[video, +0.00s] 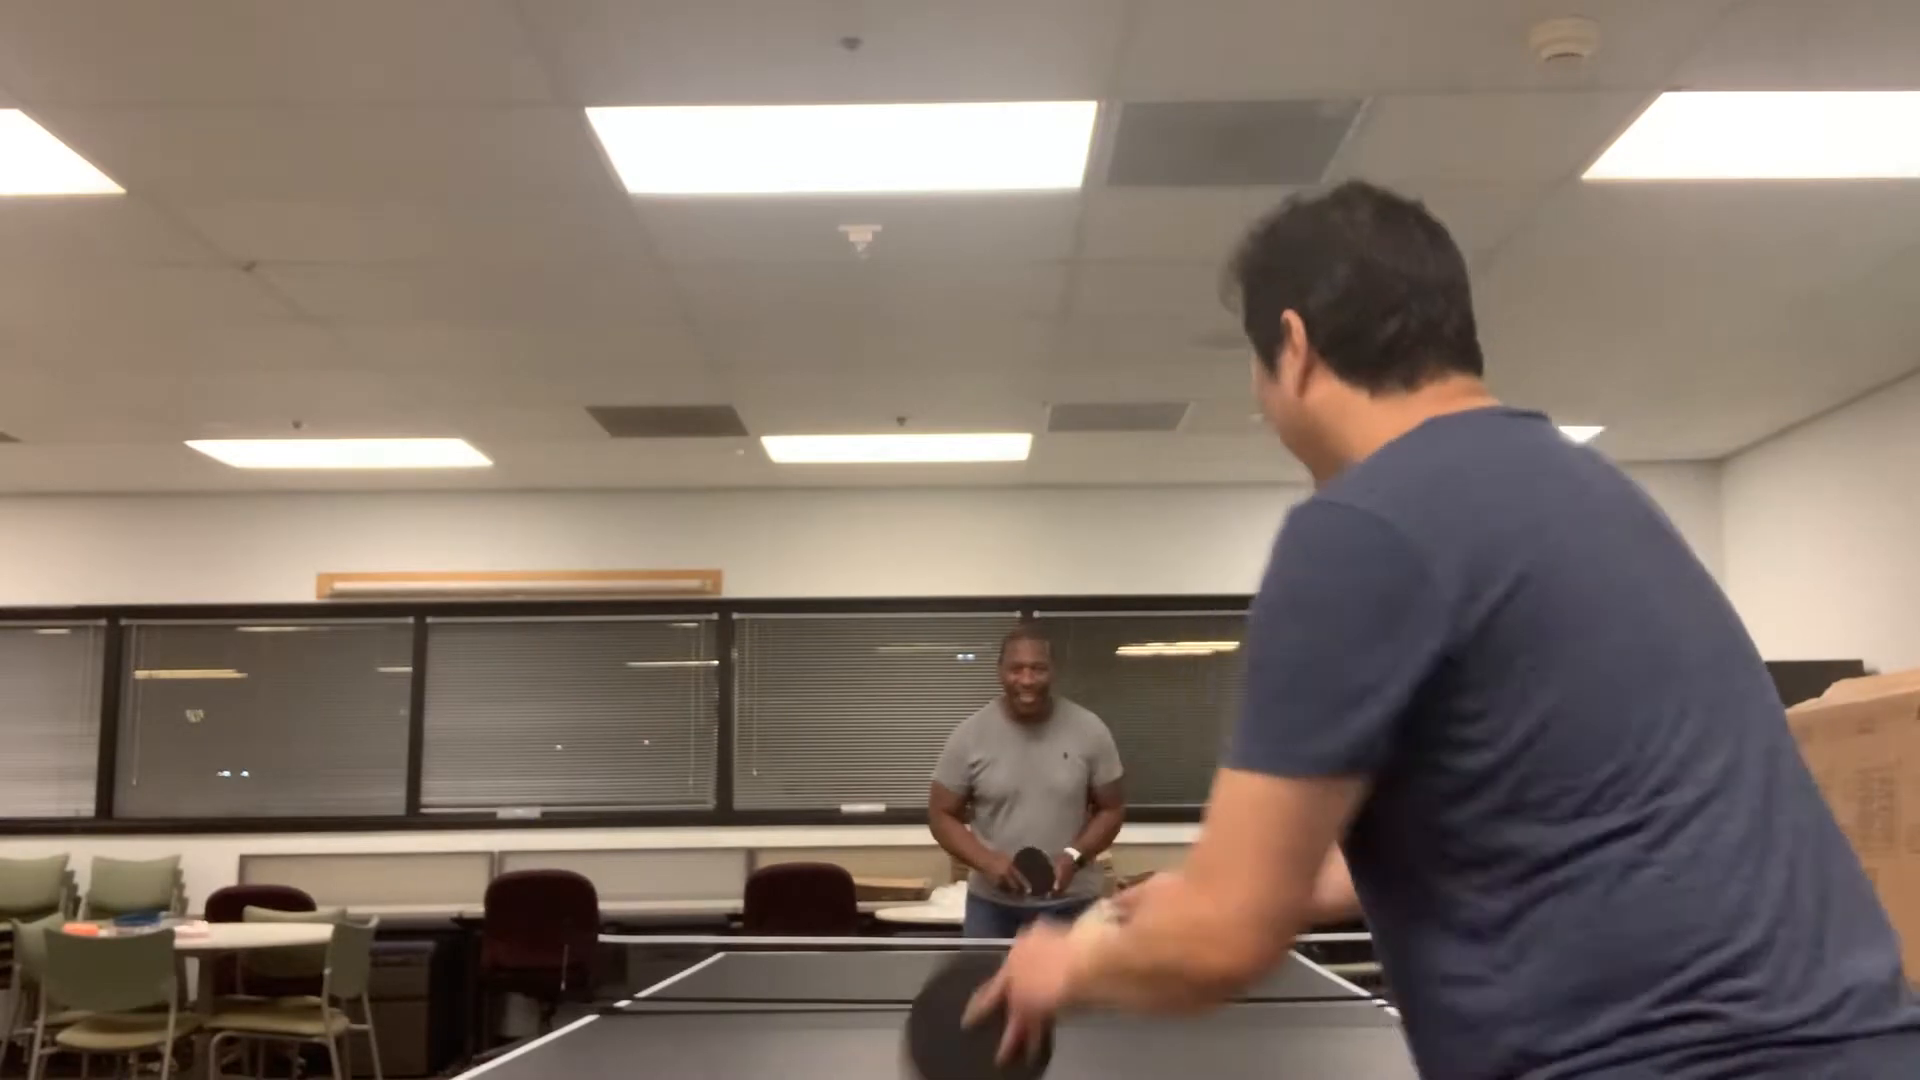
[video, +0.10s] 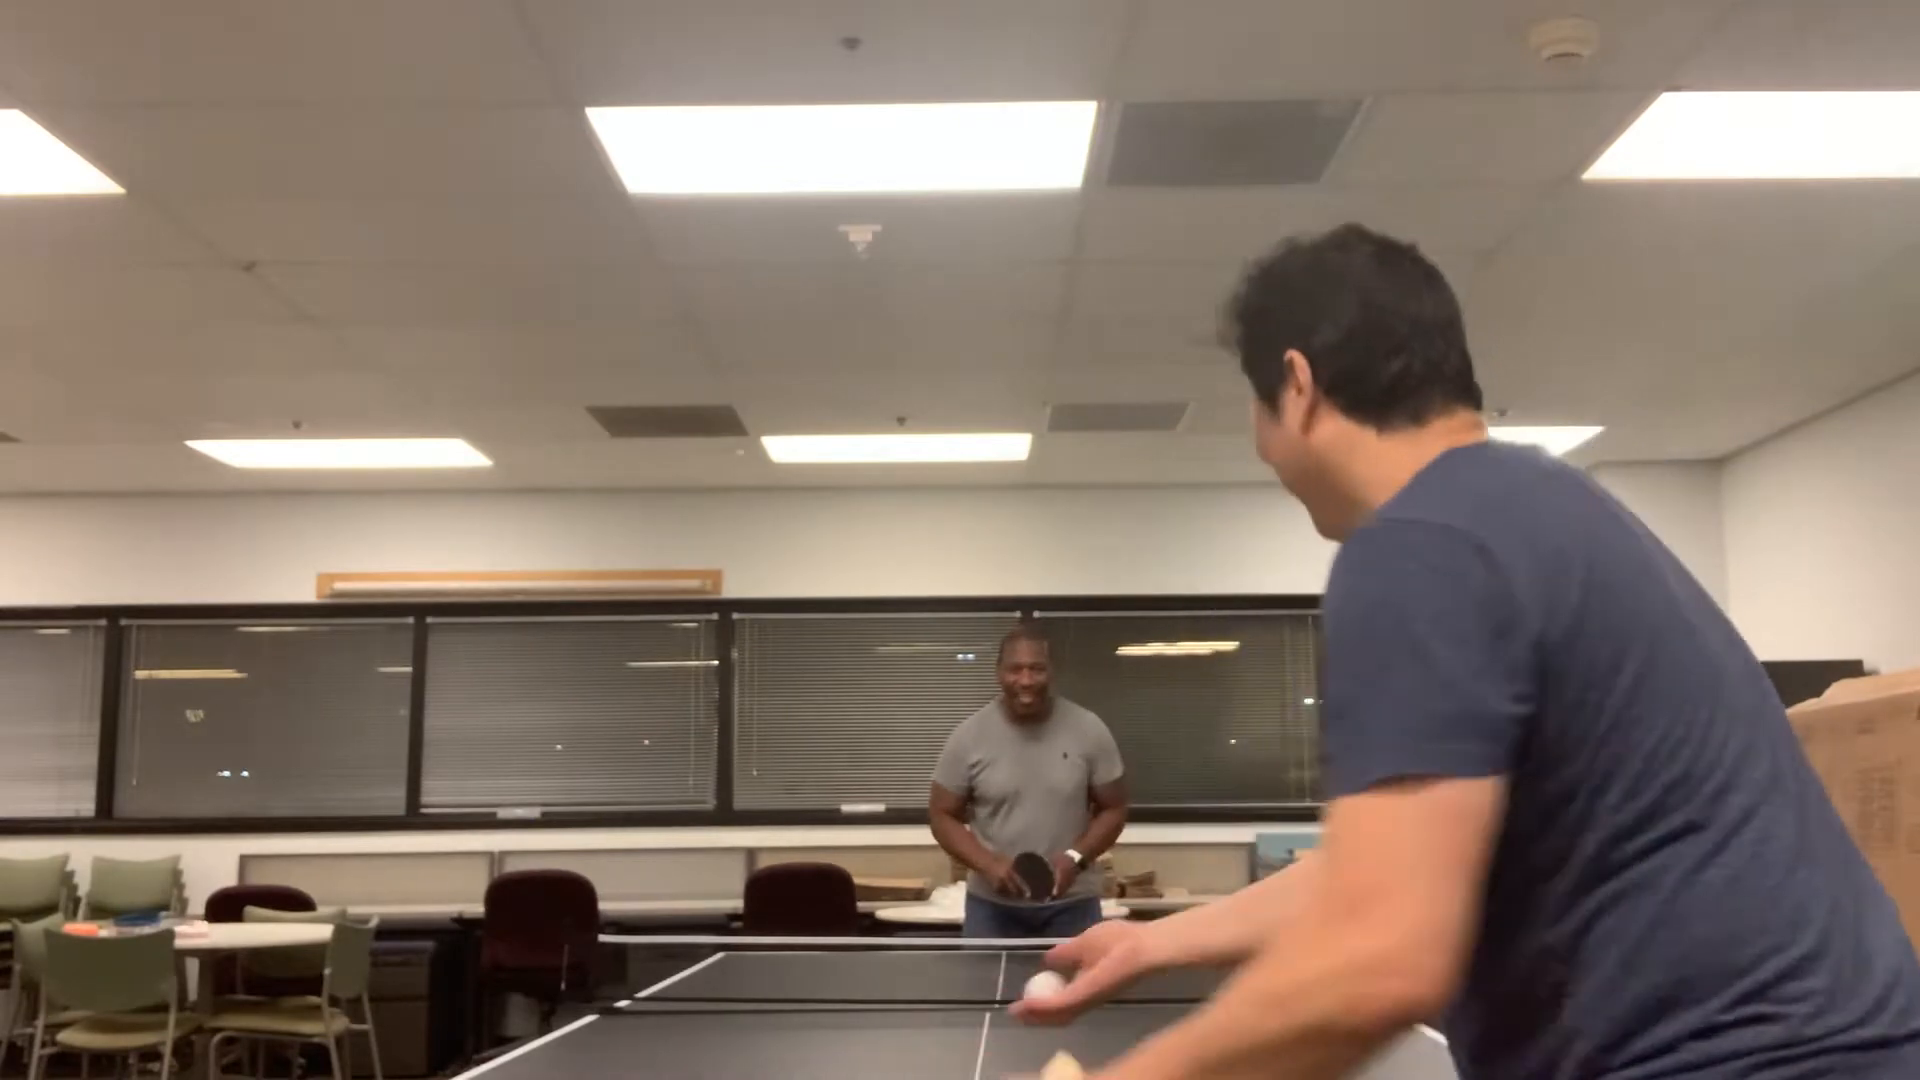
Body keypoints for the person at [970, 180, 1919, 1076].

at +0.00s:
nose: (1262, 400)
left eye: (1257, 358)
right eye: (1256, 364)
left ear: (1297, 346)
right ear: (1447, 327)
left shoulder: (1370, 526)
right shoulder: (1579, 481)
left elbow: (1227, 933)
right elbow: (1487, 843)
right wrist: (1232, 893)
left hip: (1640, 1057)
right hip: (1855, 1030)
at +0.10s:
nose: (1260, 446)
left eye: (1254, 403)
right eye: (1255, 407)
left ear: (1303, 390)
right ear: (1443, 368)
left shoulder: (1424, 544)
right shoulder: (1543, 510)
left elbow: (1386, 960)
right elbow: (1393, 863)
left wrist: (1131, 1074)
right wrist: (1150, 944)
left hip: (1708, 1054)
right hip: (1844, 1031)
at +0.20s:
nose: (1269, 477)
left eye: (1264, 440)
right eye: (1262, 445)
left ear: (1314, 420)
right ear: (1441, 400)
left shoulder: (1463, 554)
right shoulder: (1516, 542)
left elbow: (1565, 929)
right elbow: (1343, 886)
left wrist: (1279, 1063)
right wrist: (1082, 965)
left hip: (1778, 1048)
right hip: (1824, 1030)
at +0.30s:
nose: (1281, 498)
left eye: (1277, 458)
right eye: (1273, 464)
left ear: (1332, 441)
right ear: (1457, 422)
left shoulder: (1505, 559)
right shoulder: (1466, 618)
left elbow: (1634, 890)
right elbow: (1311, 886)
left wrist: (1262, 996)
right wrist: (1037, 959)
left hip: (1806, 1054)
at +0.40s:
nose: (1307, 507)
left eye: (1304, 469)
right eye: (1300, 474)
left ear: (1362, 449)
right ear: (1480, 436)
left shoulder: (1526, 571)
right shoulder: (1503, 612)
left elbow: (1537, 908)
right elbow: (1310, 871)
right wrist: (1084, 890)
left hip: (1811, 1061)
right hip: (1709, 1059)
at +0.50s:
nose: (1341, 507)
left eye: (1339, 469)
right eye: (1336, 475)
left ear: (1395, 449)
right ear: (1516, 440)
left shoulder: (1518, 586)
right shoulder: (1597, 569)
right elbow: (1355, 880)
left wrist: (1081, 856)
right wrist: (1091, 858)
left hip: (1775, 1055)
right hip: (1828, 1039)